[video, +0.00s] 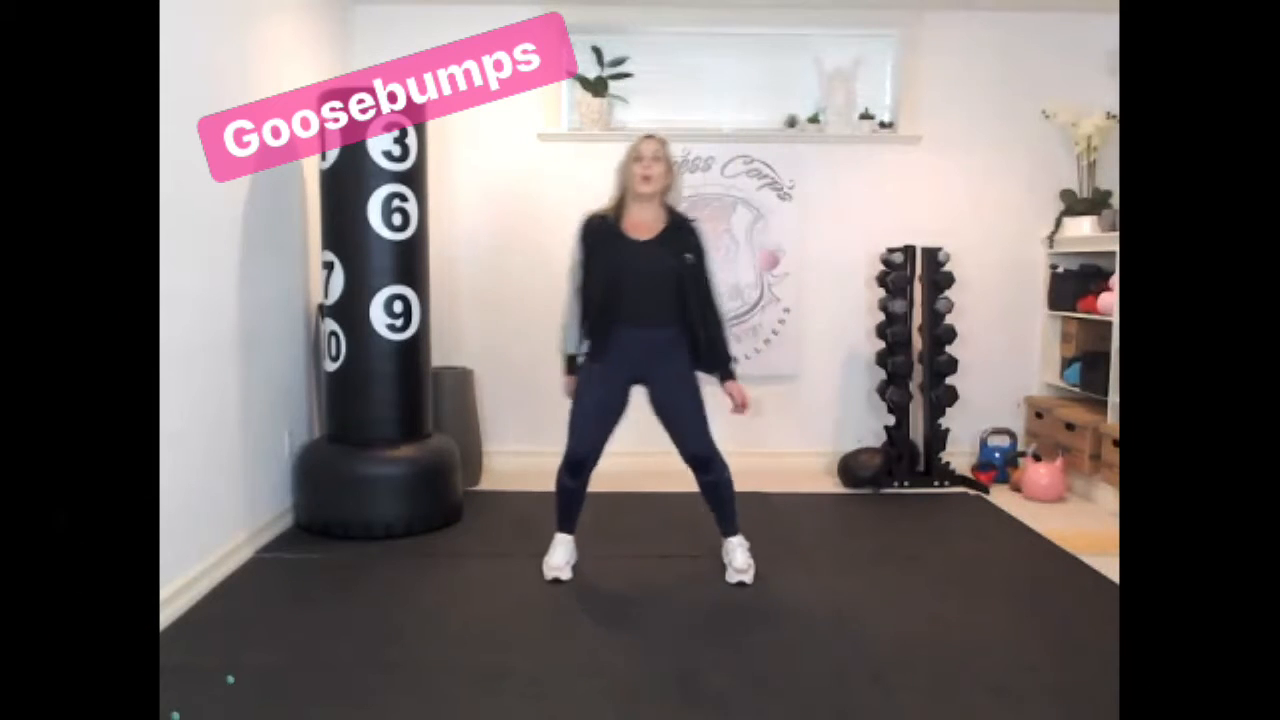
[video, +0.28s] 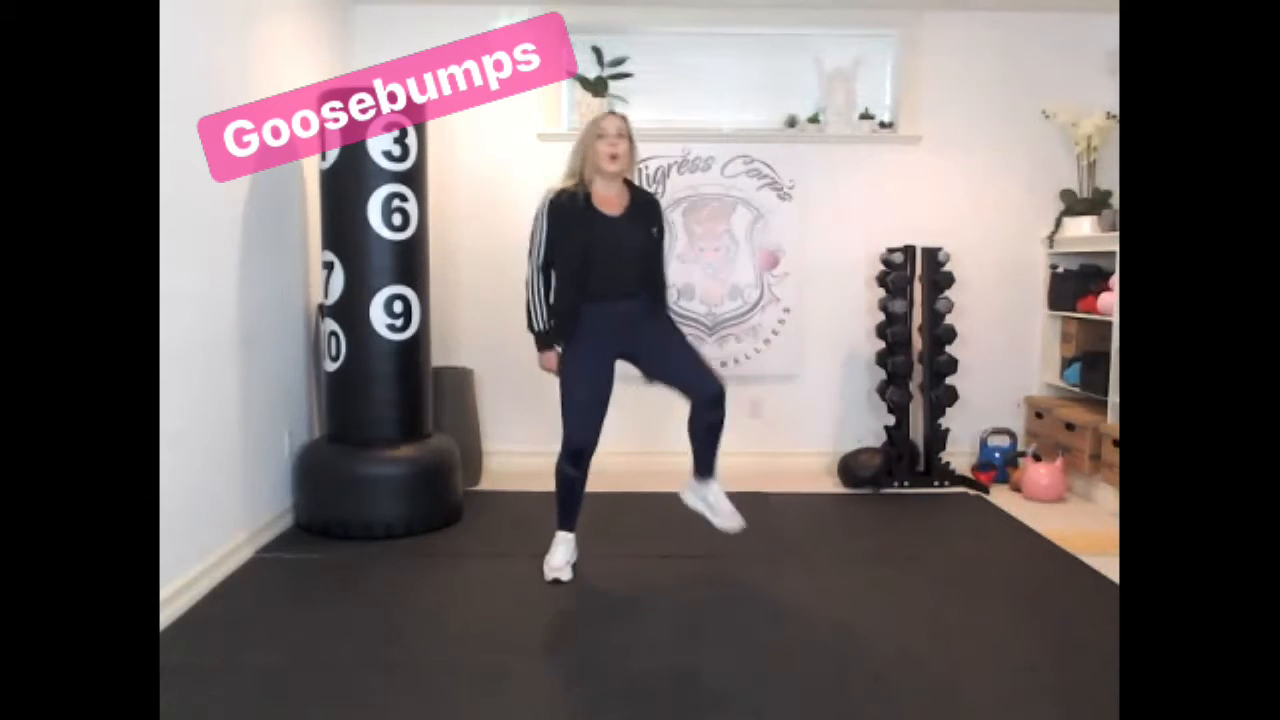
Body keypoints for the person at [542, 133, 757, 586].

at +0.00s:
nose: (647, 168)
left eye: (656, 161)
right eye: (639, 160)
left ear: (669, 173)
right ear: (626, 170)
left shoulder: (682, 232)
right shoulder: (598, 229)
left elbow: (703, 305)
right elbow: (580, 298)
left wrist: (726, 374)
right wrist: (571, 364)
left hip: (669, 356)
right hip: (609, 356)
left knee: (701, 454)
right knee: (579, 455)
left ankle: (733, 540)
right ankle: (563, 539)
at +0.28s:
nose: (613, 146)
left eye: (621, 138)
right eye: (604, 138)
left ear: (632, 149)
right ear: (587, 148)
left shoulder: (646, 205)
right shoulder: (561, 205)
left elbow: (655, 275)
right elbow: (540, 272)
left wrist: (660, 330)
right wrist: (546, 338)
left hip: (643, 325)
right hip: (585, 331)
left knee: (710, 392)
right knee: (578, 443)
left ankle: (703, 486)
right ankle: (564, 537)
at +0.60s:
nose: (621, 155)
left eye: (627, 147)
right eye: (611, 148)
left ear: (638, 156)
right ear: (594, 159)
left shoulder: (656, 216)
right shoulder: (569, 215)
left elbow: (660, 285)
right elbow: (539, 276)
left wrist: (662, 338)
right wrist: (500, 278)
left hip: (647, 335)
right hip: (591, 337)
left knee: (711, 412)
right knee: (579, 451)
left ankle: (706, 506)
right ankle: (565, 538)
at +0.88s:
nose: (676, 176)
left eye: (684, 168)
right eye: (666, 169)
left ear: (697, 178)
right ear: (650, 181)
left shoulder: (716, 238)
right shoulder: (631, 235)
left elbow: (727, 312)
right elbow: (603, 297)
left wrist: (736, 382)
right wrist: (556, 296)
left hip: (696, 362)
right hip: (637, 361)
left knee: (740, 461)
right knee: (606, 461)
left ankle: (764, 553)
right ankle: (567, 540)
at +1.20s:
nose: (733, 139)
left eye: (742, 131)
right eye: (724, 132)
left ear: (759, 142)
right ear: (711, 144)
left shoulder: (783, 194)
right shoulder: (689, 196)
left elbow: (847, 246)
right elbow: (669, 253)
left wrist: (822, 313)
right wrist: (655, 261)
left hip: (757, 332)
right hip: (697, 329)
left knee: (766, 446)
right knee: (662, 428)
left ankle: (772, 548)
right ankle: (678, 495)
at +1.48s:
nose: (741, 144)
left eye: (751, 137)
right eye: (733, 137)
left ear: (766, 151)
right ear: (720, 151)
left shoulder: (788, 207)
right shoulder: (693, 212)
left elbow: (844, 266)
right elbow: (645, 265)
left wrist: (805, 320)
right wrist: (652, 231)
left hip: (758, 341)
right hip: (699, 337)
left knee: (767, 452)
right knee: (671, 439)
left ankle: (772, 550)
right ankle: (685, 514)